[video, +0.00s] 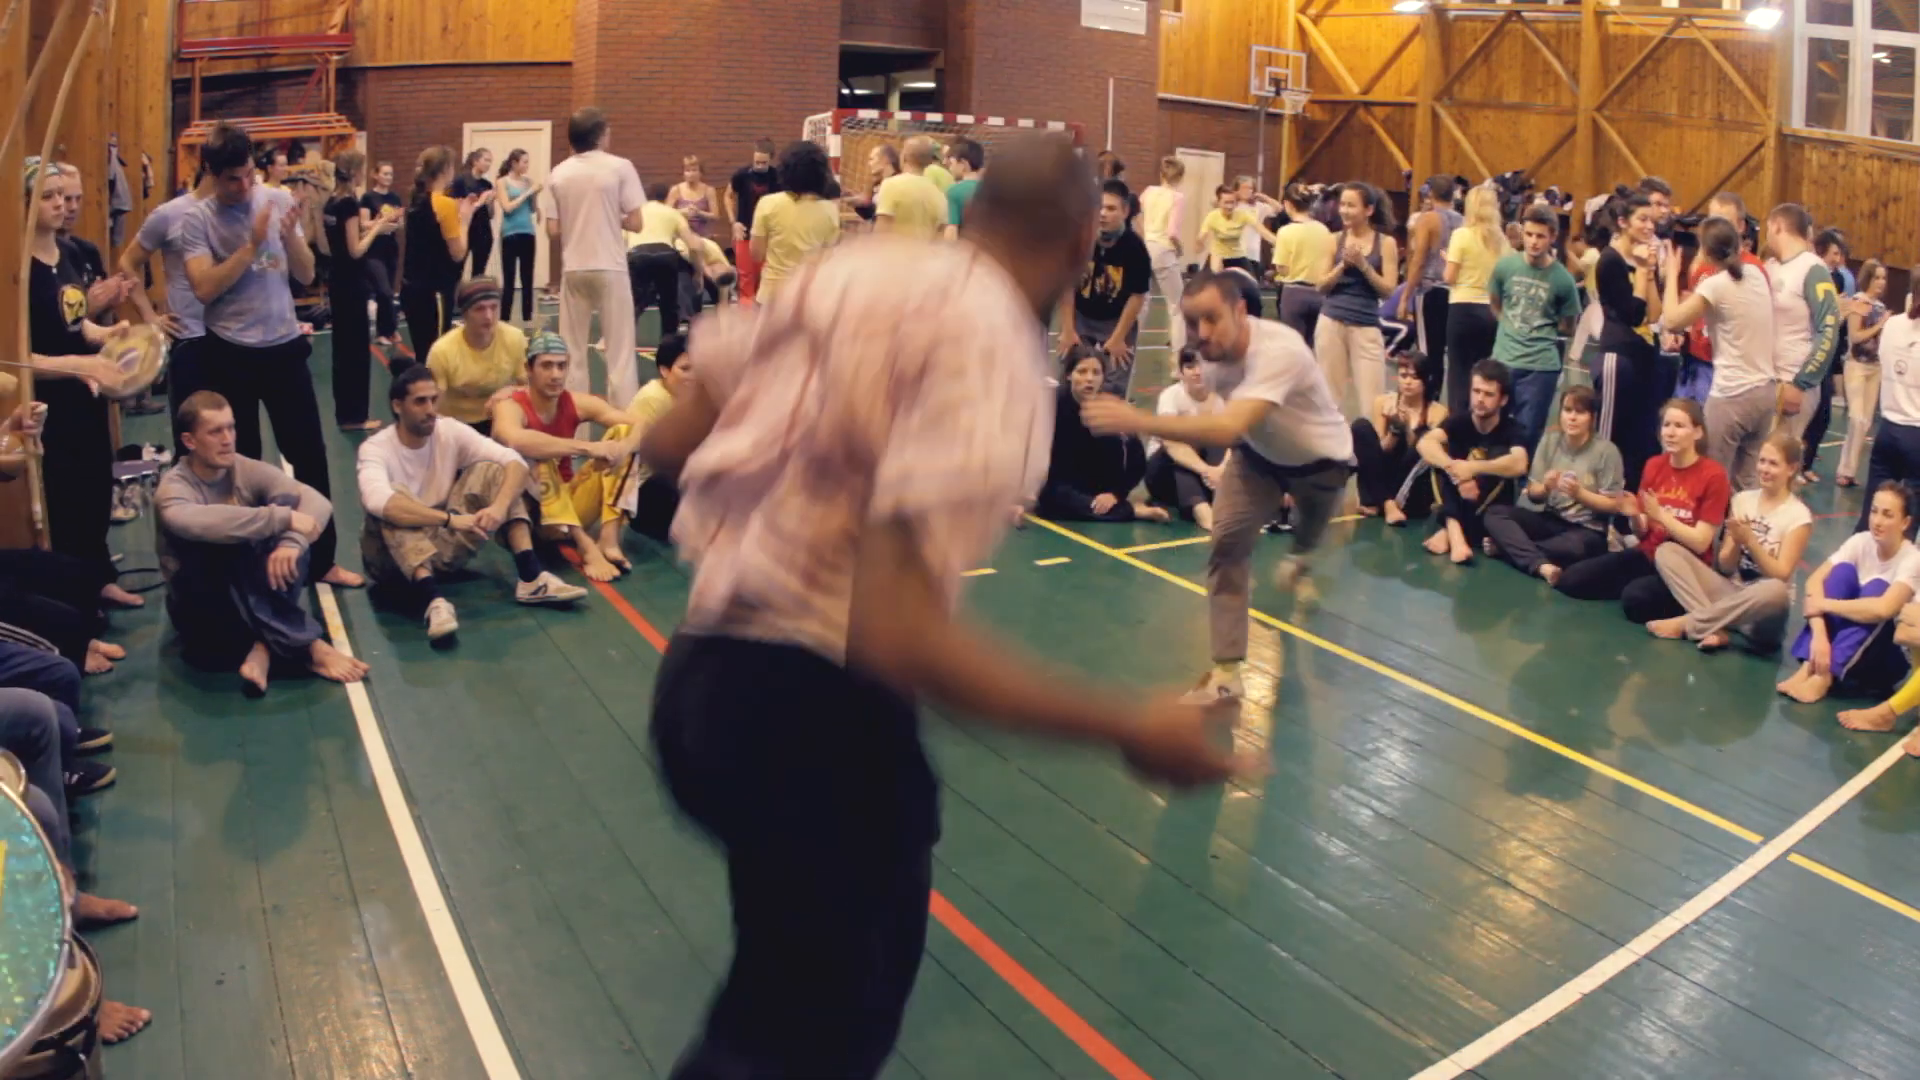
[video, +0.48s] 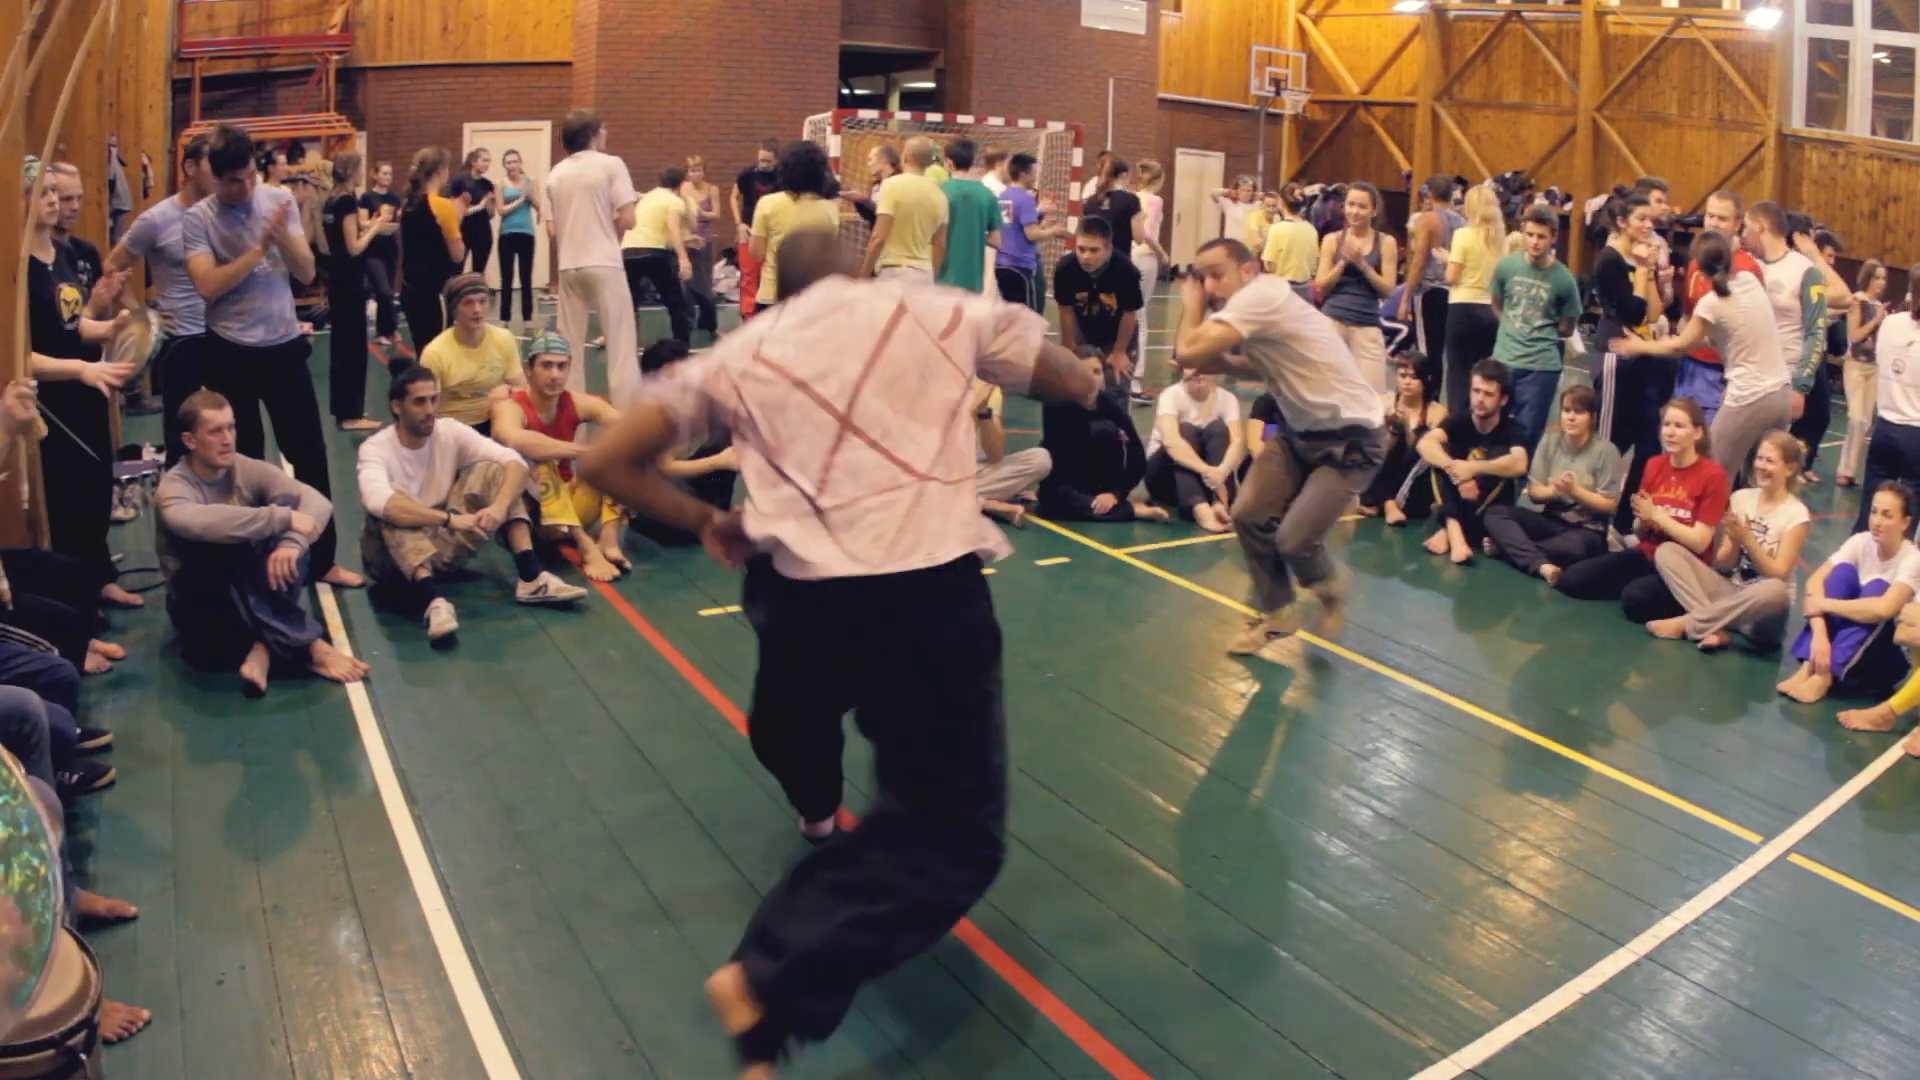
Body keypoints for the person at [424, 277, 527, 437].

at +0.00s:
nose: (488, 316)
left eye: (493, 307)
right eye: (479, 309)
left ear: (499, 309)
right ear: (464, 313)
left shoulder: (515, 339)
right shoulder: (442, 350)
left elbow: (525, 385)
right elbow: (433, 405)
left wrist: (510, 392)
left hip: (503, 421)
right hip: (457, 425)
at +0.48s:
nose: (477, 310)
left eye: (482, 302)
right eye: (468, 303)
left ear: (488, 304)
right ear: (454, 309)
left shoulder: (503, 339)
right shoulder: (435, 353)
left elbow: (521, 387)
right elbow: (426, 409)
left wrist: (508, 391)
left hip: (496, 424)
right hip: (452, 430)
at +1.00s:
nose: (477, 312)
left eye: (480, 304)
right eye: (468, 306)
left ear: (485, 305)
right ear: (451, 311)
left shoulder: (501, 337)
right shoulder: (433, 352)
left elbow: (522, 388)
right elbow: (422, 404)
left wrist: (505, 389)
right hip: (451, 430)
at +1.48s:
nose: (481, 314)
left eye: (485, 306)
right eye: (472, 307)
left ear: (489, 307)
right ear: (456, 311)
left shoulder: (504, 339)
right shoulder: (435, 352)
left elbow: (523, 388)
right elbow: (424, 403)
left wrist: (506, 388)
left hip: (494, 423)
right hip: (450, 427)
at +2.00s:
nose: (483, 318)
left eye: (487, 310)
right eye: (475, 312)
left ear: (491, 310)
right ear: (458, 315)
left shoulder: (504, 339)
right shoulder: (435, 352)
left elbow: (524, 388)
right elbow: (423, 402)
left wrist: (505, 387)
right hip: (451, 429)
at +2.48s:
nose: (481, 317)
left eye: (485, 309)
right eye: (473, 311)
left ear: (489, 309)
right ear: (455, 315)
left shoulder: (503, 339)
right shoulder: (434, 352)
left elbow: (523, 388)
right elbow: (420, 401)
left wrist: (504, 387)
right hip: (450, 429)